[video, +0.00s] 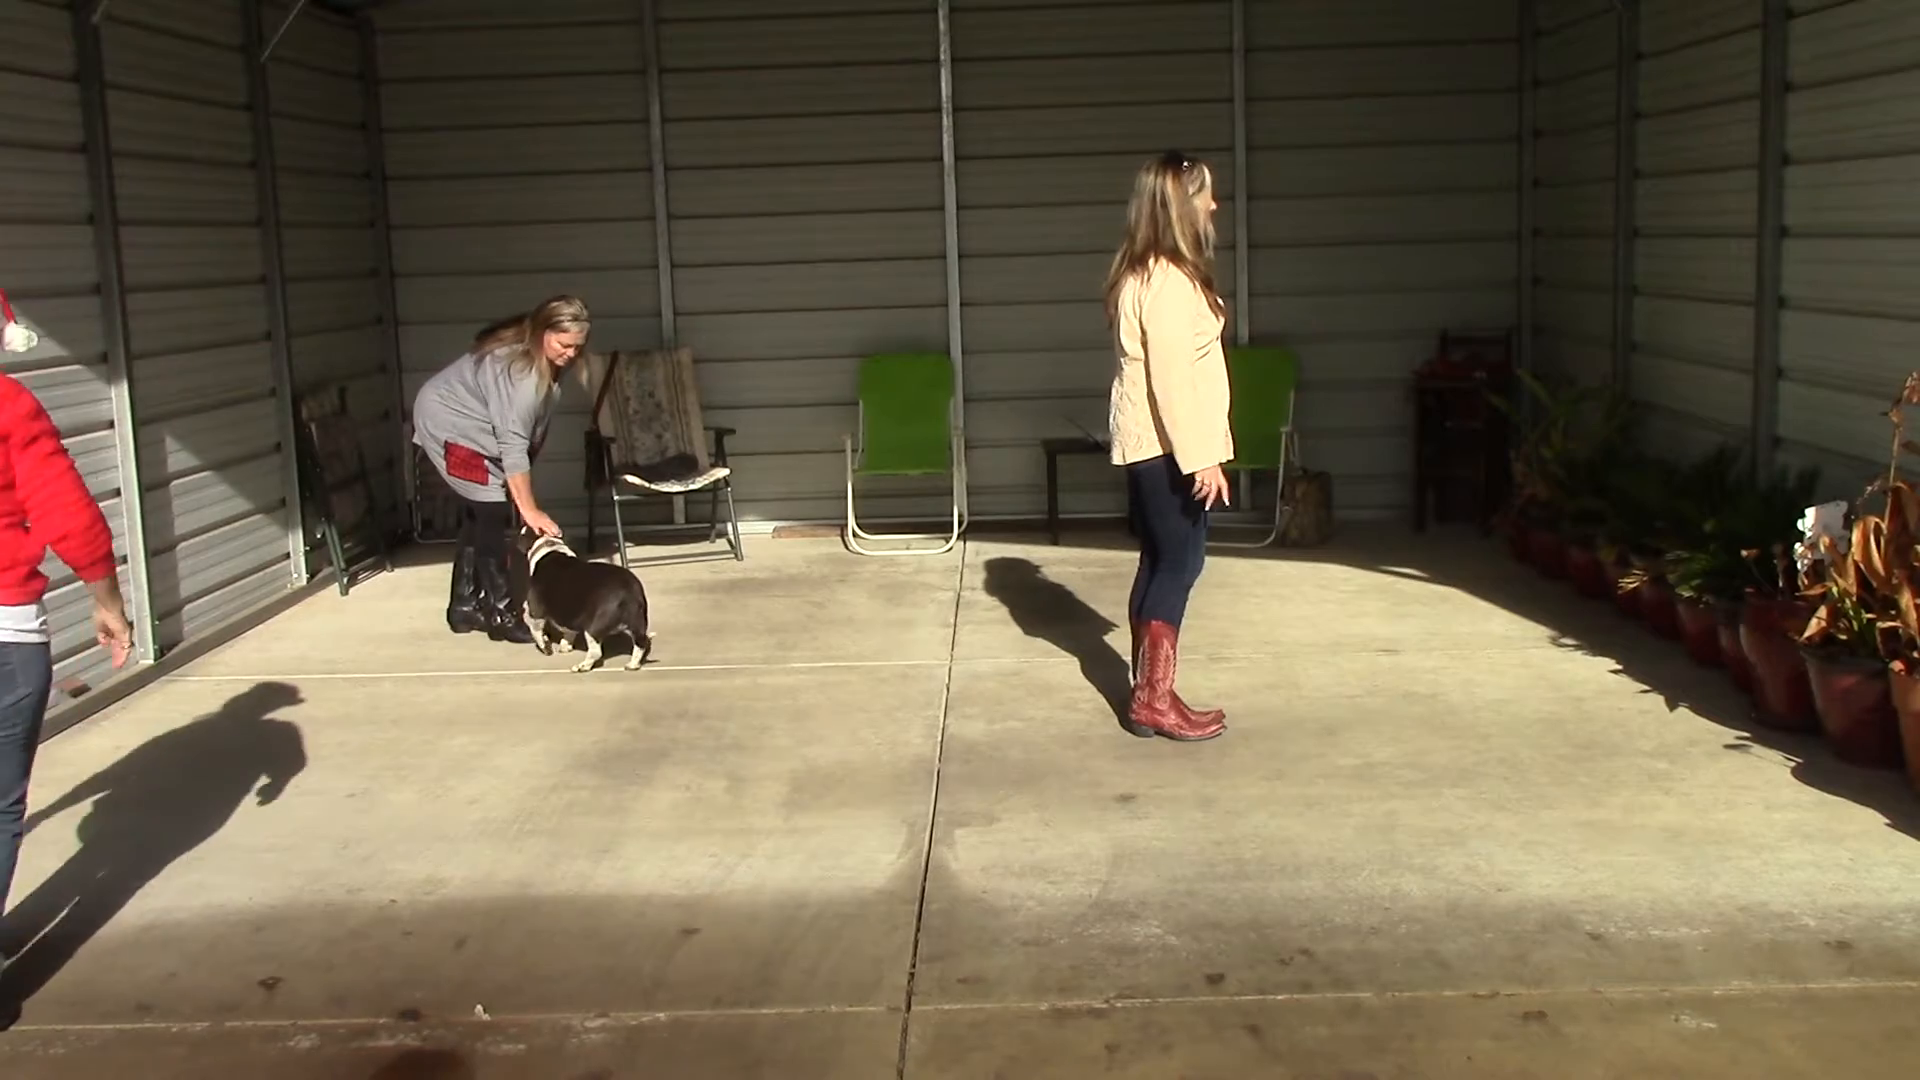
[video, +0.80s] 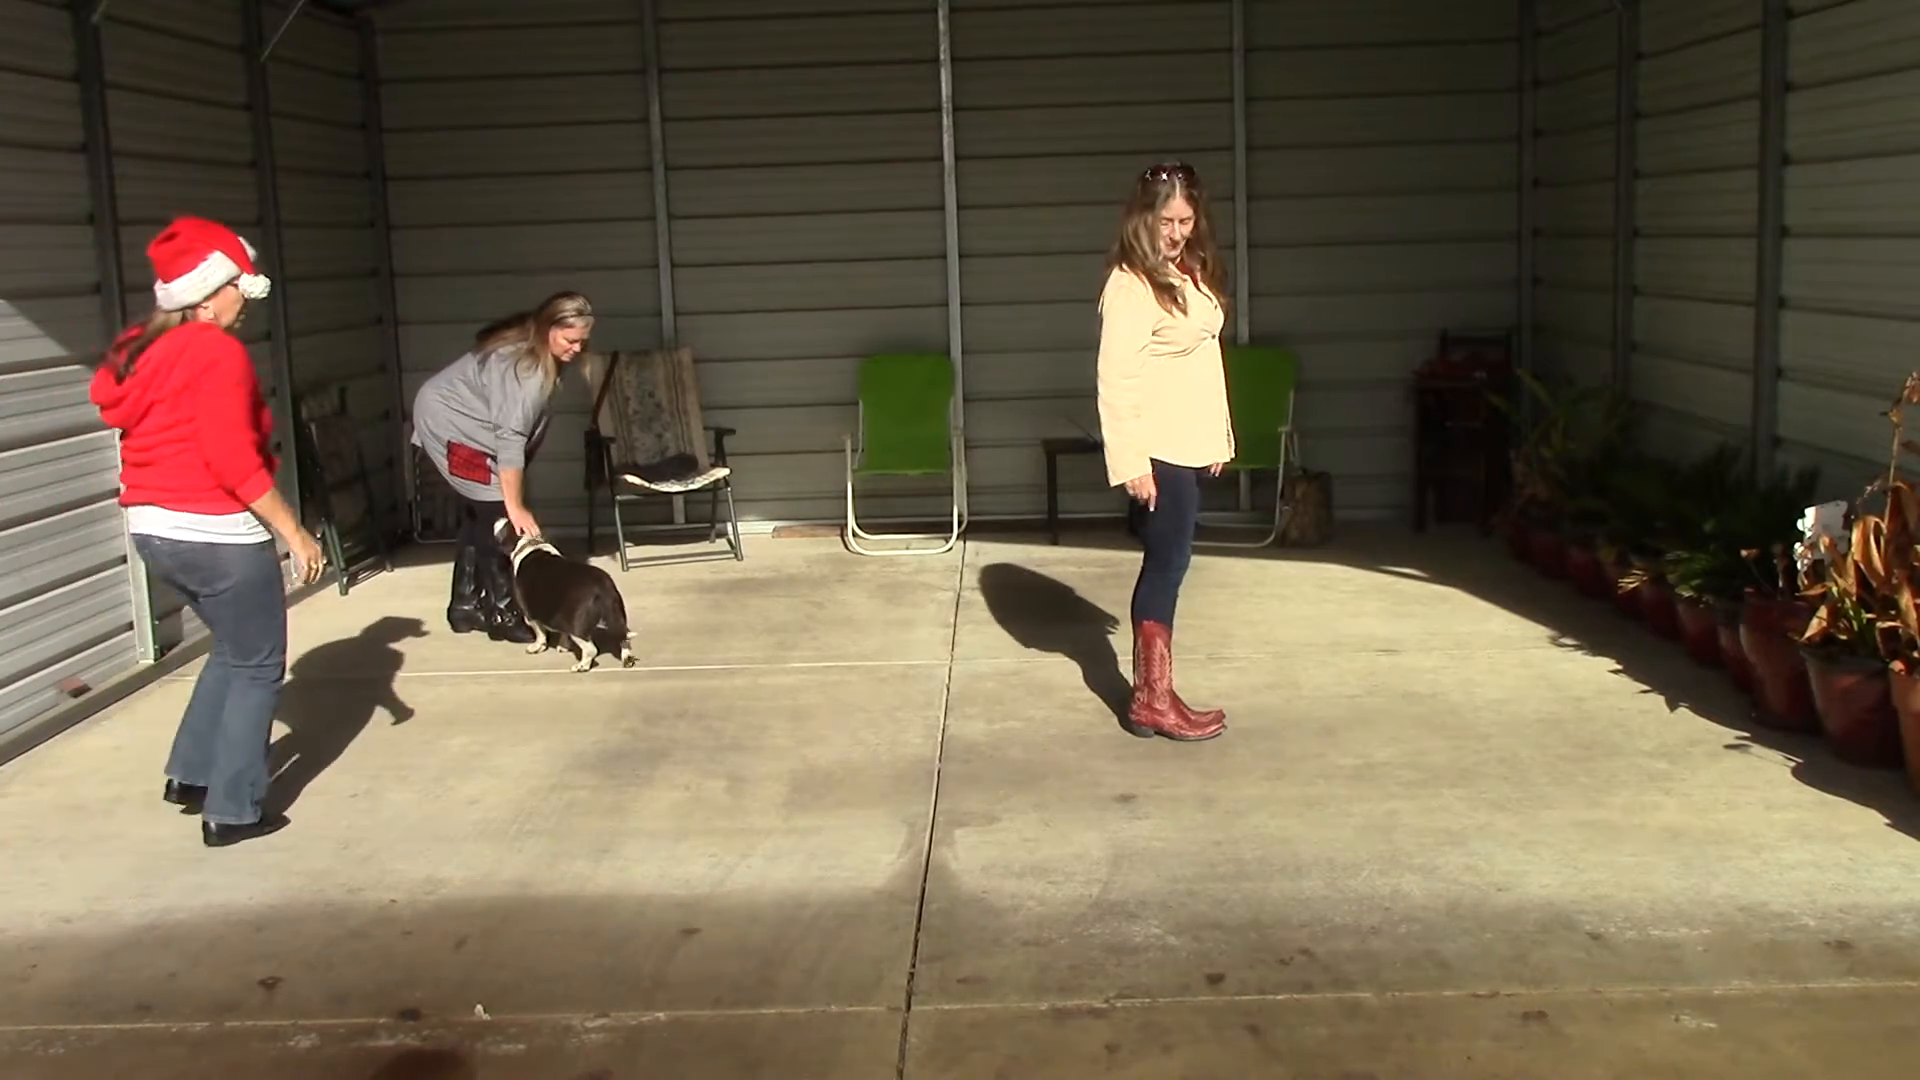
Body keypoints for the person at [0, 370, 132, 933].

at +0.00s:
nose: (9, 338)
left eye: (7, 328)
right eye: (6, 329)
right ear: (0, 329)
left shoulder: (14, 403)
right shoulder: (10, 403)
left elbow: (68, 513)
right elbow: (70, 515)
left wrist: (103, 596)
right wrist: (105, 596)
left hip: (12, 645)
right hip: (10, 645)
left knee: (6, 815)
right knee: (3, 816)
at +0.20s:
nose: (58, 328)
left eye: (53, 317)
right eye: (52, 317)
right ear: (34, 316)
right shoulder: (60, 381)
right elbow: (120, 494)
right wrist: (157, 558)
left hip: (4, 606)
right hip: (52, 604)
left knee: (13, 755)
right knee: (61, 760)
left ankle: (57, 901)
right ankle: (8, 916)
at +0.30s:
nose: (88, 320)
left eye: (84, 308)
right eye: (81, 308)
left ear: (12, 310)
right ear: (61, 310)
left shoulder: (11, 371)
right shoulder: (93, 375)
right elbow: (140, 482)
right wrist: (177, 573)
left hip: (8, 595)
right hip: (81, 594)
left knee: (33, 743)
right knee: (120, 722)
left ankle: (37, 901)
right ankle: (73, 862)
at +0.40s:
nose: (120, 316)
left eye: (118, 305)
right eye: (116, 304)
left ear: (37, 301)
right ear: (100, 305)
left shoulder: (8, 362)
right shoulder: (120, 366)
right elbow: (161, 474)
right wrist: (193, 563)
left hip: (11, 574)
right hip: (102, 574)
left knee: (47, 730)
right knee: (166, 690)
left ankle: (46, 896)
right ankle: (166, 850)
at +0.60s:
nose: (195, 309)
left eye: (194, 298)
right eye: (191, 298)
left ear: (126, 304)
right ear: (167, 304)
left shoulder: (79, 363)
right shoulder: (182, 363)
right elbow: (201, 473)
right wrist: (234, 556)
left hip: (87, 558)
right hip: (172, 555)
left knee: (123, 690)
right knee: (219, 680)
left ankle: (69, 817)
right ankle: (230, 815)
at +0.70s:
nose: (222, 309)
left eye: (222, 297)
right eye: (218, 296)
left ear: (160, 302)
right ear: (187, 301)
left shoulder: (116, 361)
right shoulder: (203, 359)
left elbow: (112, 460)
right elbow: (221, 463)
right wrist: (266, 545)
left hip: (128, 548)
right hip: (204, 546)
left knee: (187, 662)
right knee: (243, 672)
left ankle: (118, 775)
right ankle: (231, 815)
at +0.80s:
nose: (245, 299)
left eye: (244, 288)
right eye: (240, 288)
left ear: (186, 295)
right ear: (211, 292)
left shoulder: (147, 349)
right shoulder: (219, 353)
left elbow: (143, 448)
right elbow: (234, 460)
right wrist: (293, 531)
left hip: (158, 529)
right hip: (218, 532)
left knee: (234, 648)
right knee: (258, 662)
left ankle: (191, 776)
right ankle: (234, 811)